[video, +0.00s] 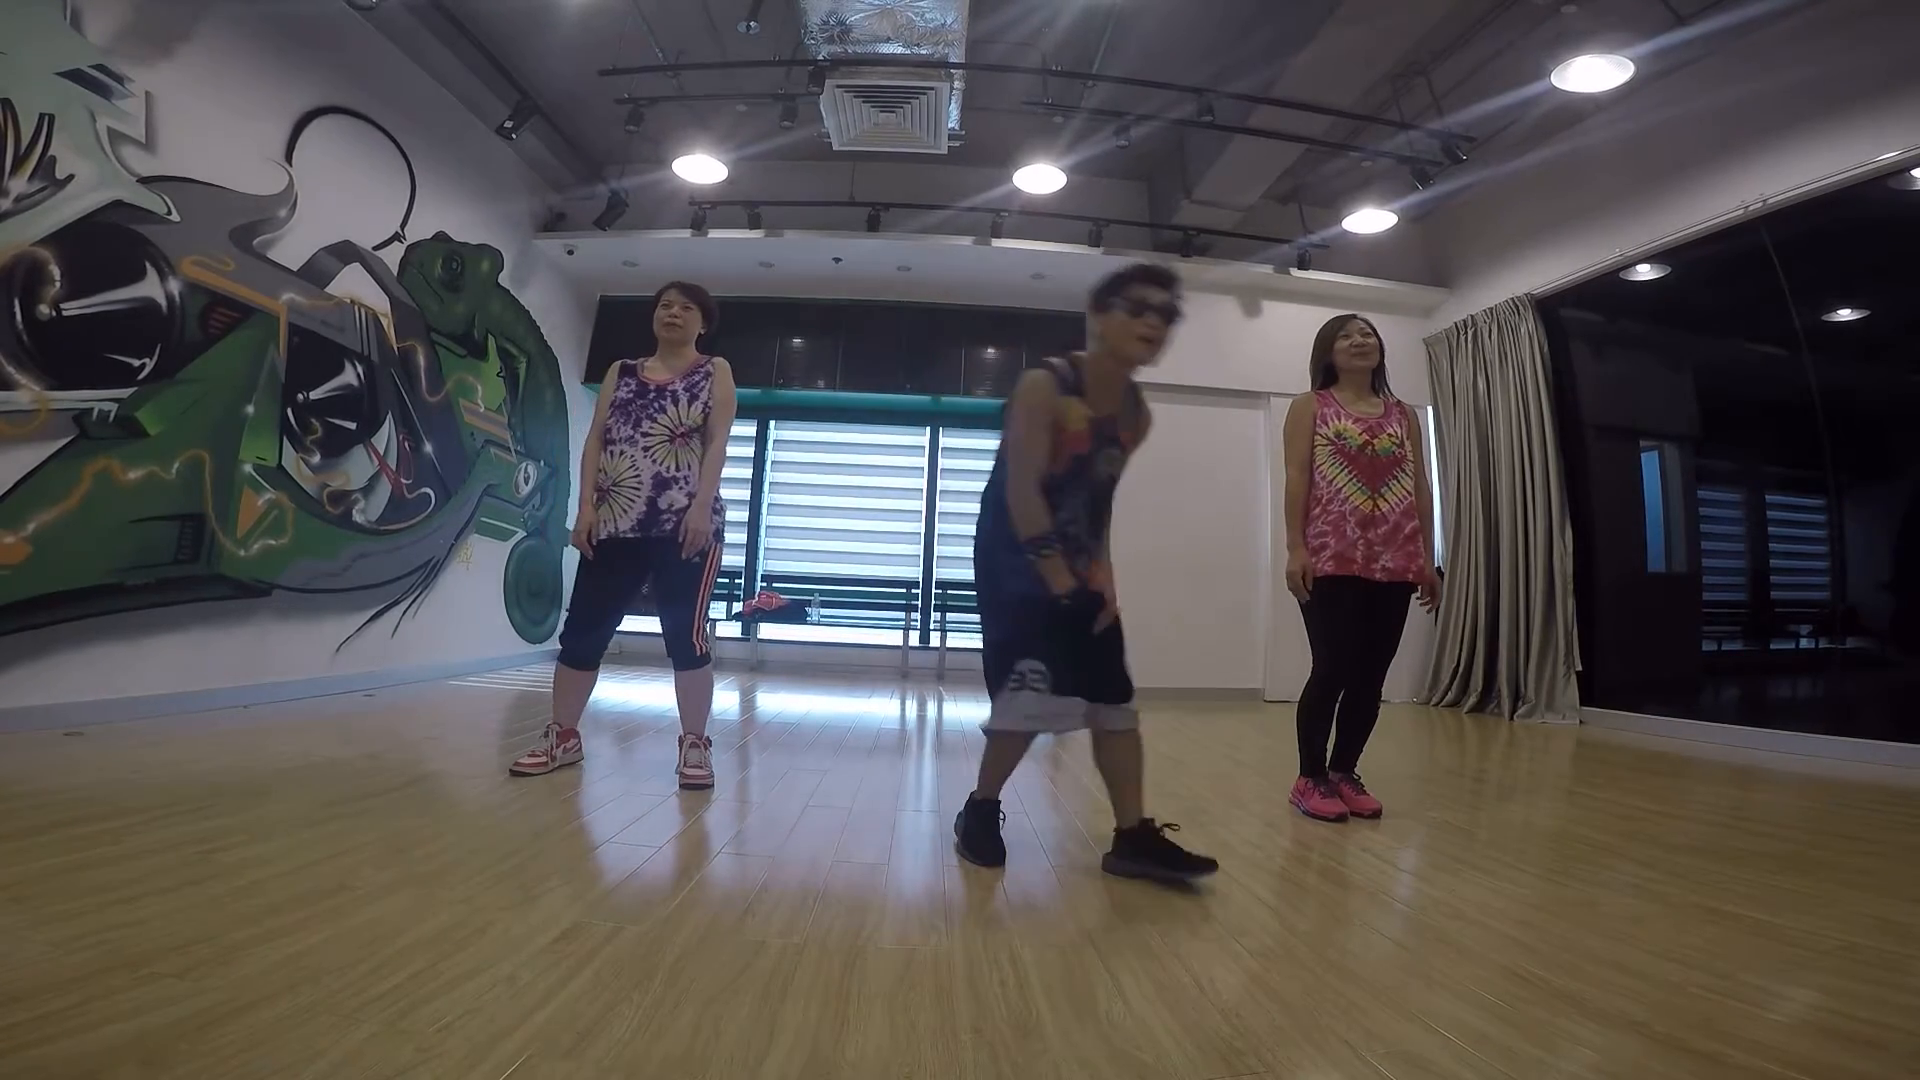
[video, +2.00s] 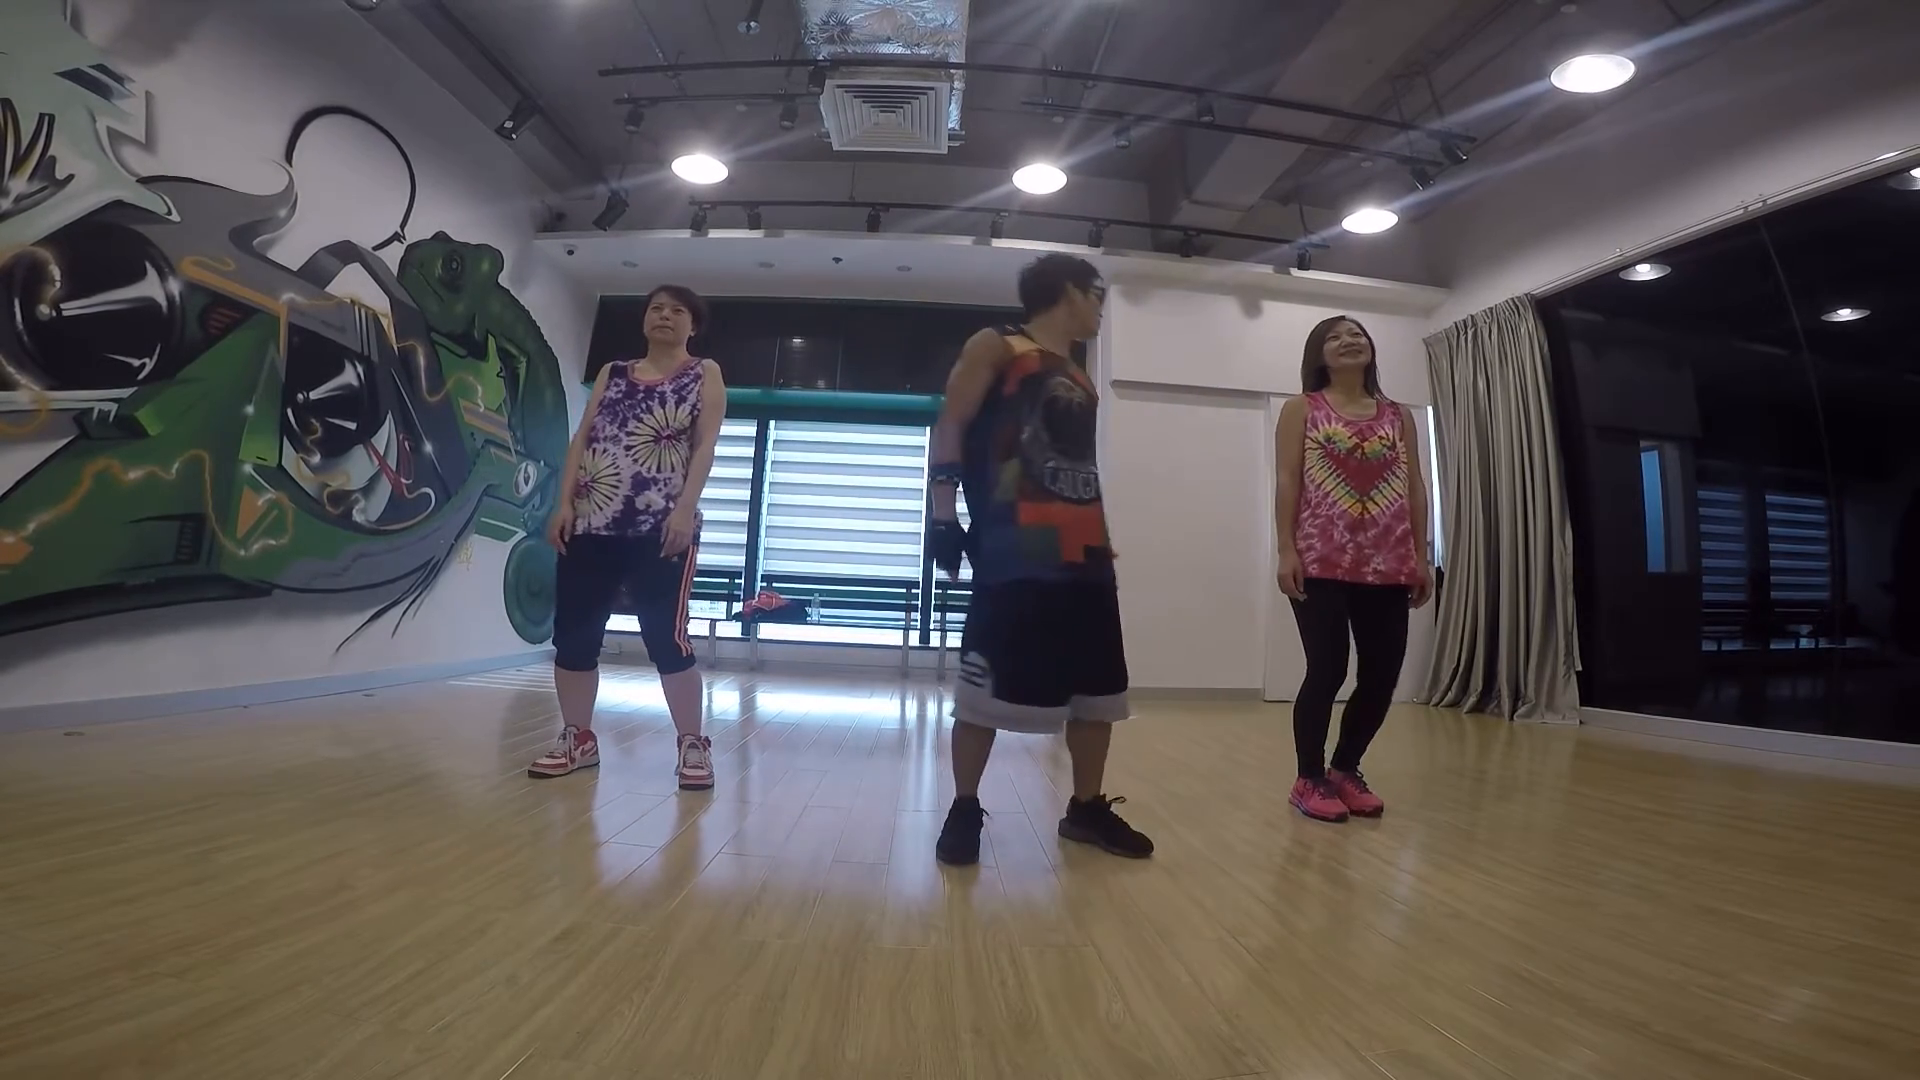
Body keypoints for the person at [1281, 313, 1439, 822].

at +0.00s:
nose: (1358, 340)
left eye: (1367, 334)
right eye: (1345, 336)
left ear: (1381, 351)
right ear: (1327, 354)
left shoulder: (1402, 414)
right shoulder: (1310, 407)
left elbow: (1419, 491)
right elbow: (1297, 479)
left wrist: (1427, 560)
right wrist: (1296, 548)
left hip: (1394, 565)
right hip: (1330, 563)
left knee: (1369, 680)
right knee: (1330, 672)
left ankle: (1344, 774)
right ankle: (1311, 779)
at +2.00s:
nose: (1348, 340)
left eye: (1357, 334)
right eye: (1334, 337)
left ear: (1372, 351)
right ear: (1318, 357)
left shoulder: (1397, 414)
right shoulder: (1302, 409)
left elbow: (1415, 488)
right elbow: (1288, 482)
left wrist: (1421, 557)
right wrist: (1287, 549)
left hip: (1386, 566)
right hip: (1320, 564)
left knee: (1380, 677)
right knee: (1328, 671)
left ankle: (1345, 770)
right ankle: (1309, 780)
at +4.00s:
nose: (1387, 350)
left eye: (1395, 343)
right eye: (1375, 345)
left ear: (1407, 359)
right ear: (1356, 361)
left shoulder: (1430, 421)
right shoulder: (1334, 413)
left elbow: (1445, 488)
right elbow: (1319, 483)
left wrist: (1448, 553)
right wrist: (1317, 549)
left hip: (1415, 565)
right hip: (1348, 562)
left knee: (1405, 674)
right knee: (1340, 669)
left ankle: (1381, 771)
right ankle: (1315, 775)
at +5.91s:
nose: (1370, 351)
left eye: (1377, 347)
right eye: (1357, 347)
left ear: (1389, 367)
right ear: (1337, 365)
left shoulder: (1399, 432)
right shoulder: (1312, 414)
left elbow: (1410, 504)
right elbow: (1295, 485)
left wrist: (1425, 567)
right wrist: (1294, 553)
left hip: (1383, 576)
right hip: (1322, 570)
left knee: (1375, 679)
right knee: (1339, 670)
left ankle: (1347, 772)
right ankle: (1290, 780)